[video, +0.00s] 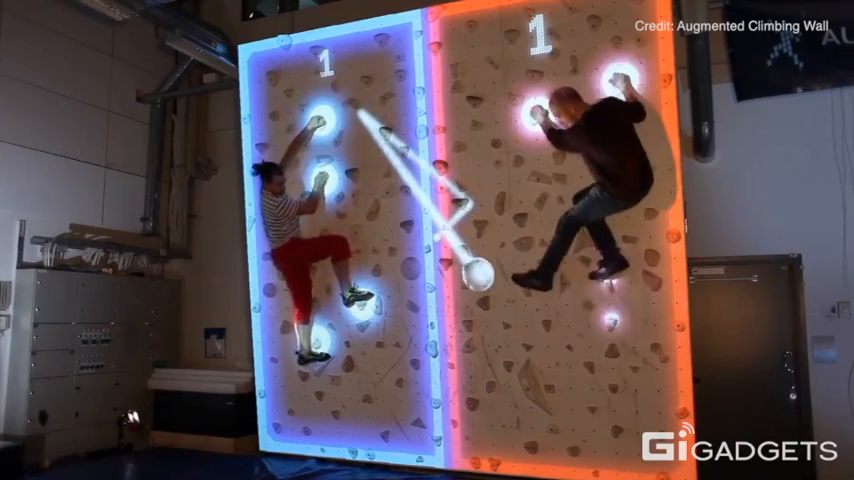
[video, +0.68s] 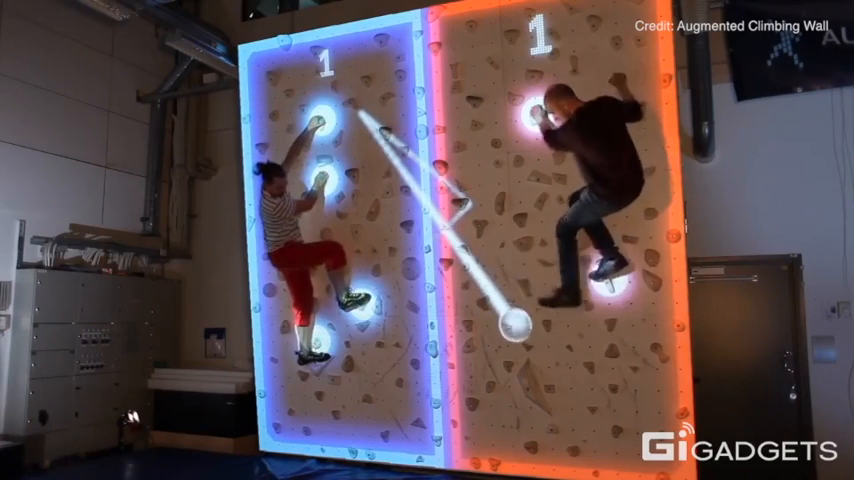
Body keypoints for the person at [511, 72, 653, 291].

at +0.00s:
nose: (559, 121)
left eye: (558, 115)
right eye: (556, 116)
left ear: (569, 109)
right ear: (578, 100)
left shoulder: (580, 134)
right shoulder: (610, 105)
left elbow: (558, 141)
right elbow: (639, 114)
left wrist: (544, 123)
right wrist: (629, 92)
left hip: (622, 193)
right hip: (643, 178)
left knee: (569, 221)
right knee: (581, 200)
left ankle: (543, 275)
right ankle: (612, 259)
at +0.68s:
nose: (555, 117)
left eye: (554, 112)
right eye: (553, 113)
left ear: (563, 105)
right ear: (573, 97)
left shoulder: (572, 130)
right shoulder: (606, 104)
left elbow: (553, 141)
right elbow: (636, 113)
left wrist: (543, 124)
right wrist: (624, 92)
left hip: (612, 194)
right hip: (634, 180)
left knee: (565, 228)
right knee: (577, 200)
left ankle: (569, 292)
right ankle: (612, 258)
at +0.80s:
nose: (551, 127)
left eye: (551, 122)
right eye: (549, 123)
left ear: (560, 116)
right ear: (569, 108)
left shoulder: (569, 140)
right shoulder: (602, 115)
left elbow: (551, 149)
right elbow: (631, 116)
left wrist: (542, 128)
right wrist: (625, 94)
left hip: (609, 202)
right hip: (631, 190)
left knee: (577, 253)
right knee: (573, 203)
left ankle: (581, 320)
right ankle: (611, 256)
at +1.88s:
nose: (539, 115)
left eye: (538, 110)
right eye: (537, 111)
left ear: (548, 105)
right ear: (560, 98)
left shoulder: (555, 131)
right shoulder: (588, 109)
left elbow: (546, 147)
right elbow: (620, 118)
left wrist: (539, 125)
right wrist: (622, 93)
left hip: (592, 200)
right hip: (615, 188)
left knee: (553, 235)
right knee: (574, 214)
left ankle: (581, 294)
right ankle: (611, 261)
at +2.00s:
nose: (535, 104)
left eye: (535, 99)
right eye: (533, 100)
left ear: (546, 93)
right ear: (555, 88)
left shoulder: (550, 121)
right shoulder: (586, 100)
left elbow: (545, 143)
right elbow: (621, 115)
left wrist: (539, 120)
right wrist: (621, 91)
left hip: (589, 192)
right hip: (613, 181)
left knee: (537, 209)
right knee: (564, 209)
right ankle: (608, 260)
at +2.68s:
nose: (523, 97)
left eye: (522, 92)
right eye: (521, 92)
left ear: (527, 90)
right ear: (544, 82)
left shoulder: (534, 117)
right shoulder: (571, 97)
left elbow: (537, 146)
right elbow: (615, 109)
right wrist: (618, 90)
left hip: (569, 187)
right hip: (597, 176)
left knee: (534, 215)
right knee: (563, 210)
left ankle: (539, 274)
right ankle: (607, 254)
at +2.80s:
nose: (554, 111)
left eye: (552, 108)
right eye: (559, 105)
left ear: (550, 110)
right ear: (571, 102)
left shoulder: (556, 136)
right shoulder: (590, 117)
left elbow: (553, 164)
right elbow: (622, 119)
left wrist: (548, 131)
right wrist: (621, 92)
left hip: (598, 206)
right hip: (623, 192)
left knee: (555, 235)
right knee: (575, 209)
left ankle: (584, 289)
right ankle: (612, 258)